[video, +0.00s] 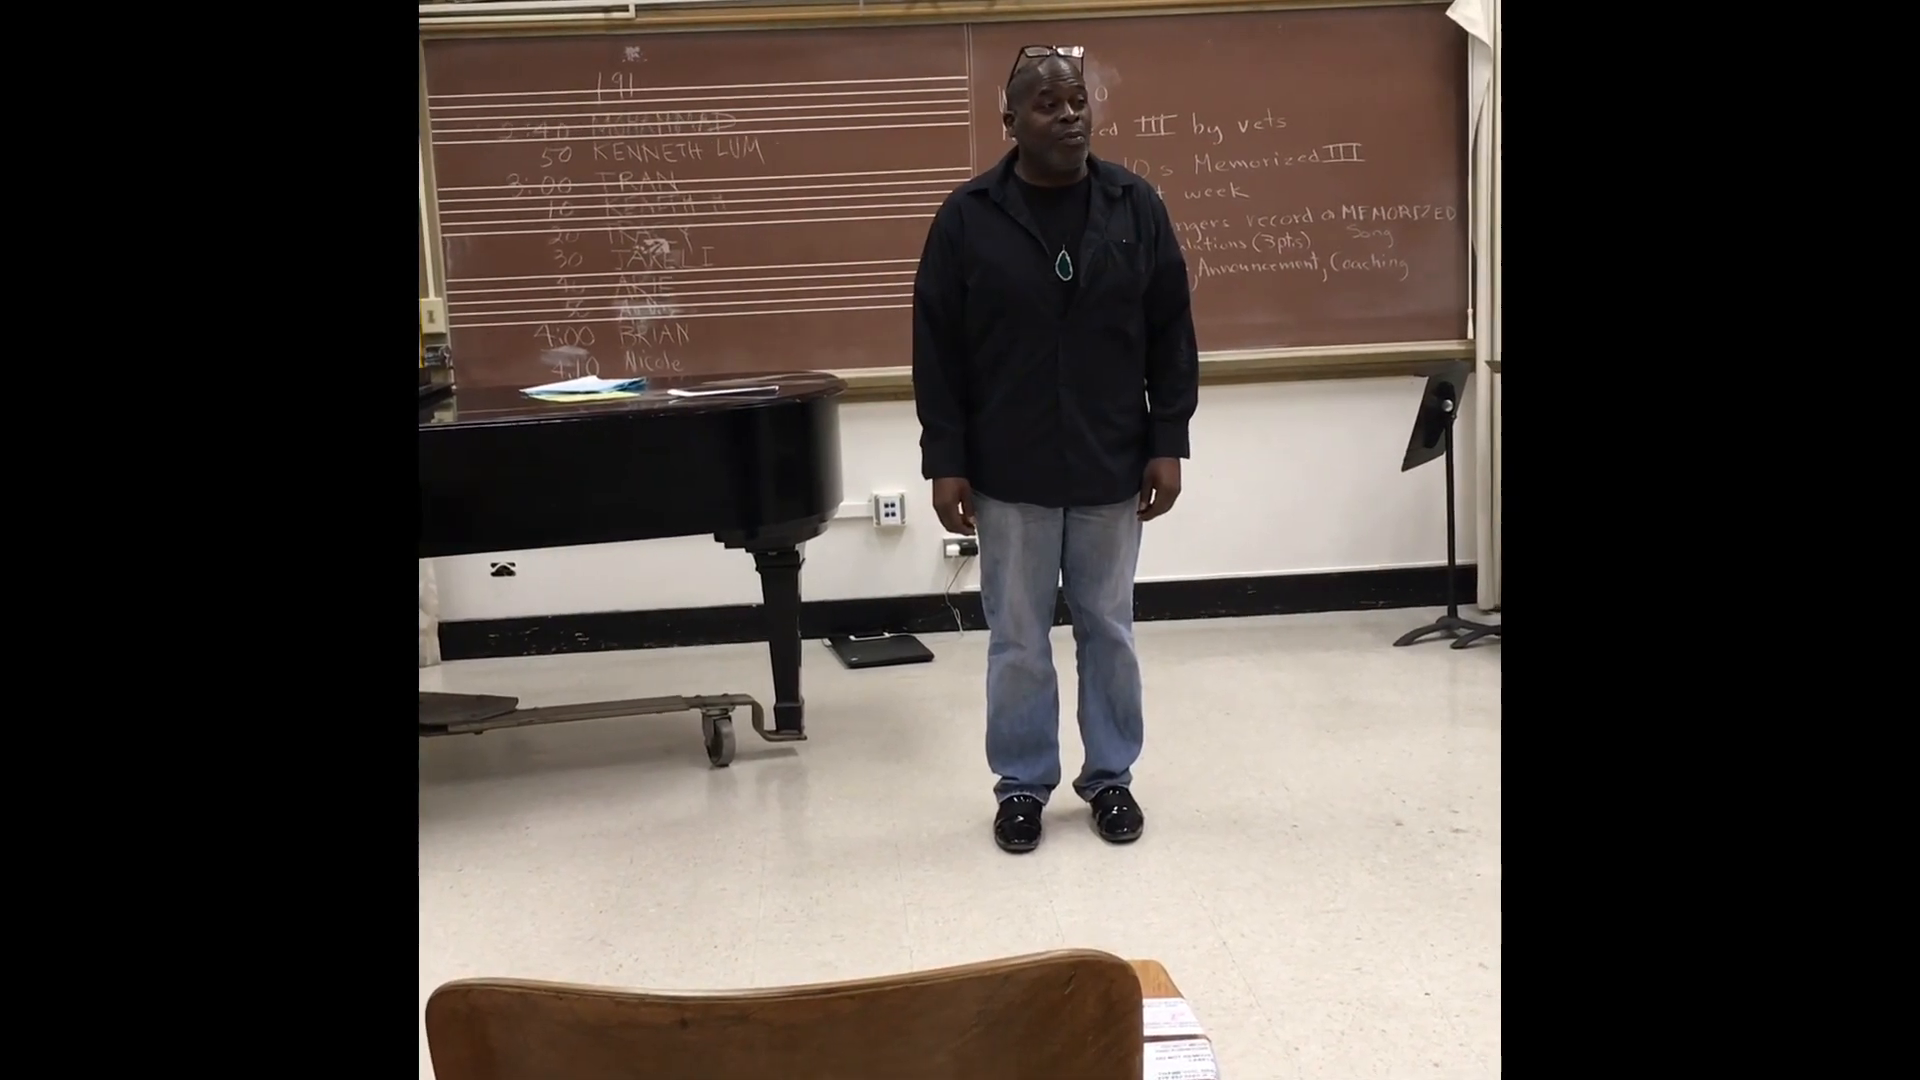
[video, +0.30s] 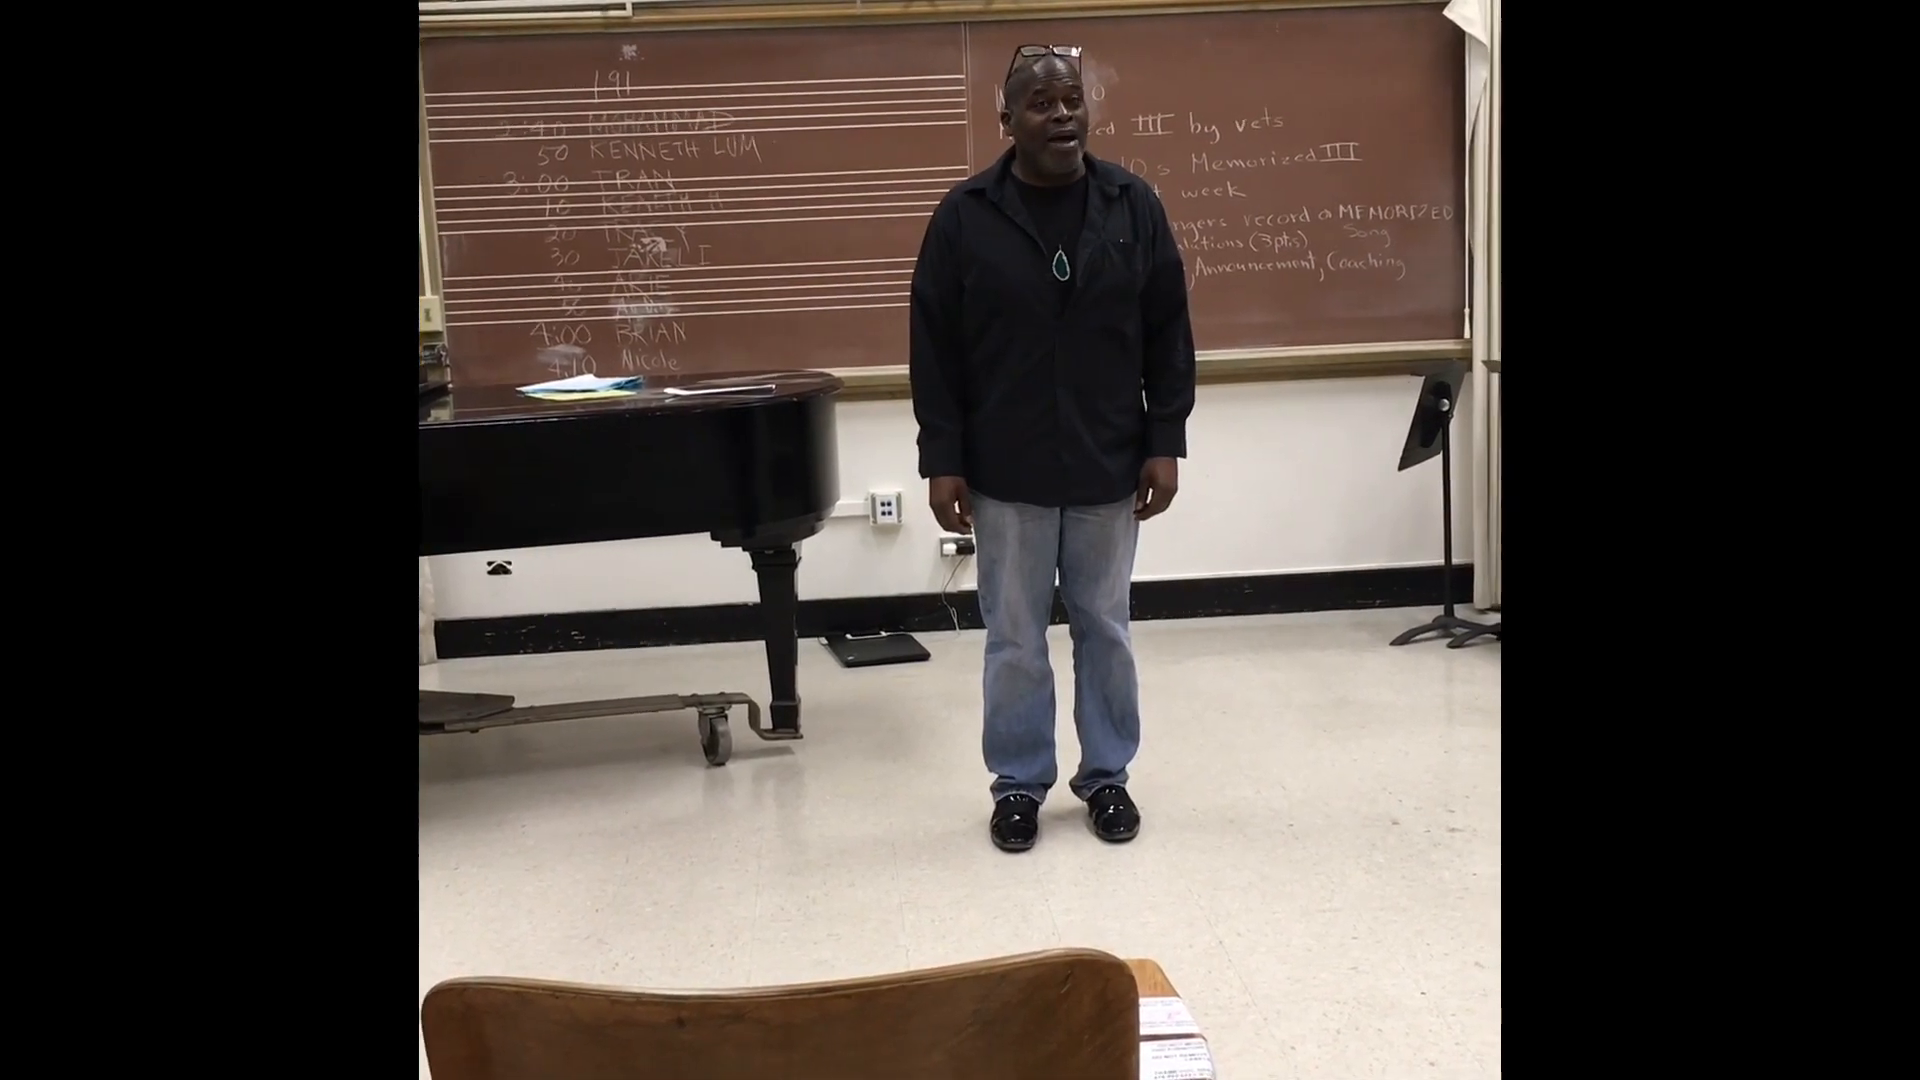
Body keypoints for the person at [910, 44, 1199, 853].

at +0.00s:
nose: (1067, 114)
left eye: (1077, 101)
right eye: (1047, 104)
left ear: (1093, 112)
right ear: (1011, 120)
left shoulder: (1135, 207)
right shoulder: (966, 217)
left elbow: (1171, 333)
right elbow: (935, 347)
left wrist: (1167, 446)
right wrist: (946, 463)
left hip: (1111, 457)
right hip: (1008, 463)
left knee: (1109, 629)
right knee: (1018, 637)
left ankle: (1110, 778)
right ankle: (1020, 785)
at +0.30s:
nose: (1061, 115)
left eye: (1072, 101)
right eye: (1041, 103)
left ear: (1089, 111)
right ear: (1007, 119)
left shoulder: (1134, 207)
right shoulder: (963, 216)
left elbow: (1169, 333)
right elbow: (933, 346)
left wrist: (1164, 445)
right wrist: (942, 462)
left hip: (1108, 457)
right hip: (1004, 462)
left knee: (1105, 629)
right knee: (1014, 636)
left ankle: (1107, 776)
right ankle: (1017, 783)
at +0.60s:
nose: (1052, 118)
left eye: (1065, 103)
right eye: (1033, 104)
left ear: (1084, 112)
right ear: (1003, 117)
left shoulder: (1131, 208)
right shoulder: (959, 216)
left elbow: (1165, 333)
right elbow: (929, 347)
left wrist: (1161, 445)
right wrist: (939, 463)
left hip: (1104, 458)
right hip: (1000, 463)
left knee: (1101, 629)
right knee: (1010, 636)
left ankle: (1103, 777)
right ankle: (1013, 783)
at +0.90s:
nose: (1029, 115)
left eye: (1047, 101)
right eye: (1014, 101)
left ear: (1078, 109)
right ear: (995, 113)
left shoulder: (1126, 206)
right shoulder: (955, 213)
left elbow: (1162, 333)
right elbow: (924, 344)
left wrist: (1157, 445)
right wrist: (931, 459)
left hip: (1097, 457)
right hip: (993, 462)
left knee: (1096, 628)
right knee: (1004, 635)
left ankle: (1098, 776)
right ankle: (1007, 784)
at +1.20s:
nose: (1006, 111)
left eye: (1026, 99)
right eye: (998, 98)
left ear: (1068, 109)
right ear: (987, 109)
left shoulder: (1120, 203)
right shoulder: (951, 211)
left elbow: (1157, 330)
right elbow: (920, 339)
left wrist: (1149, 446)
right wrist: (926, 454)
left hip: (1092, 455)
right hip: (988, 459)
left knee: (1091, 626)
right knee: (1000, 632)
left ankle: (1093, 774)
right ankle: (1003, 780)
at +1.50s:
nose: (994, 107)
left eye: (1013, 95)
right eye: (990, 95)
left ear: (1063, 107)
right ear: (984, 106)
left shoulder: (1120, 200)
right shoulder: (953, 207)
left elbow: (1156, 330)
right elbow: (921, 334)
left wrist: (1146, 445)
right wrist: (921, 449)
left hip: (1091, 452)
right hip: (988, 454)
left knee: (1090, 623)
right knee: (1000, 629)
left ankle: (1093, 771)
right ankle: (1003, 777)